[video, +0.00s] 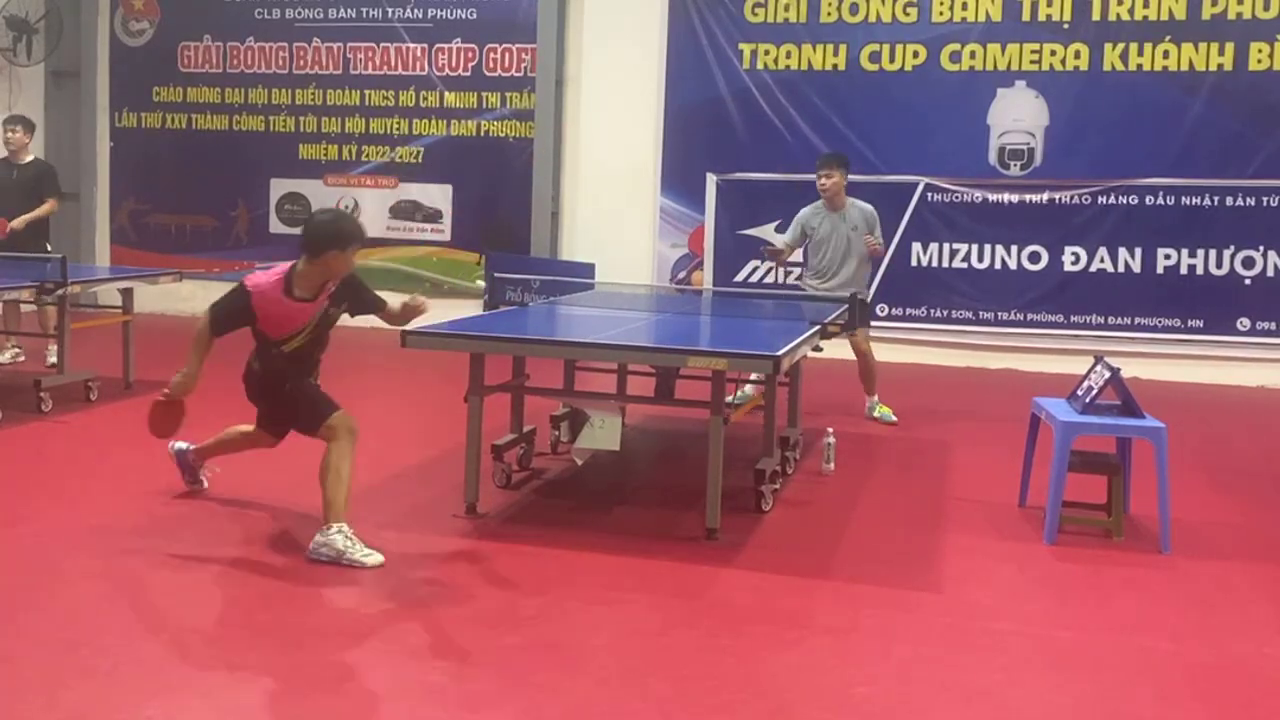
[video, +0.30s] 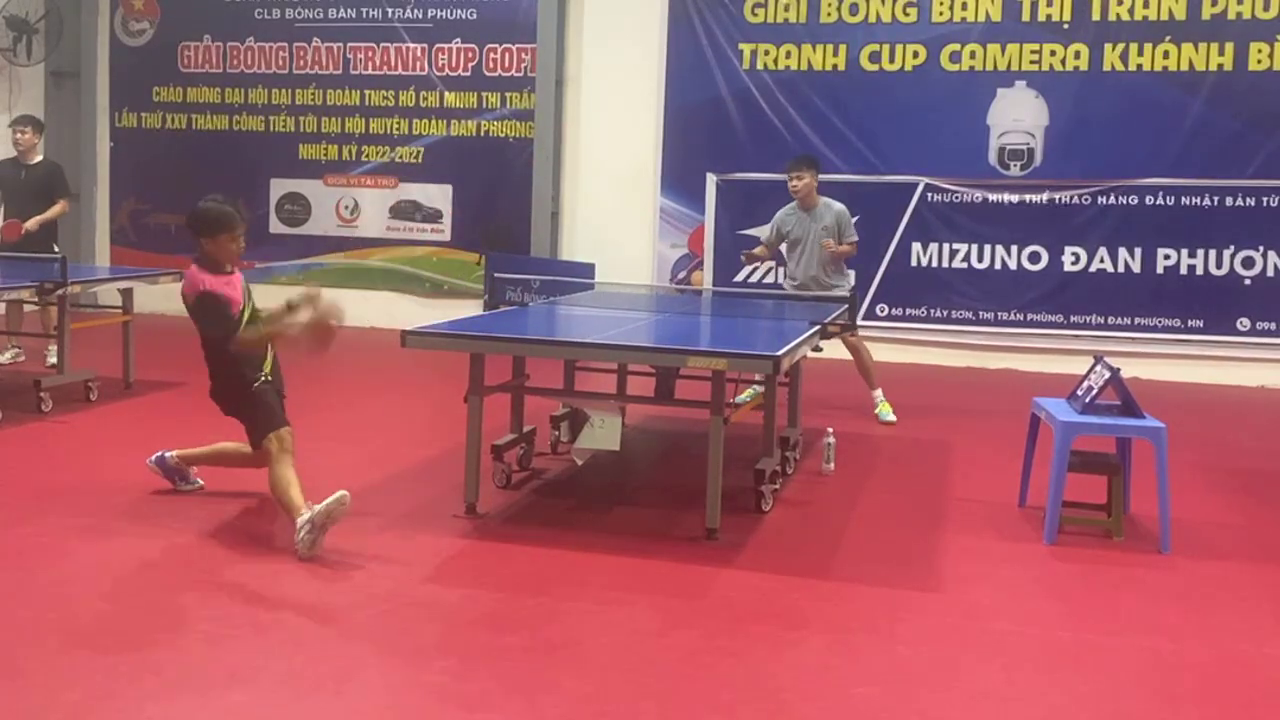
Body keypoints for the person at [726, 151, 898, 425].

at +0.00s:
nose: (822, 183)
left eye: (828, 177)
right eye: (819, 178)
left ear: (844, 179)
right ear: (816, 181)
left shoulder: (866, 213)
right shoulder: (807, 216)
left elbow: (878, 252)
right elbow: (786, 250)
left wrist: (875, 248)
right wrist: (776, 253)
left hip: (851, 297)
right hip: (811, 296)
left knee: (861, 347)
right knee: (779, 336)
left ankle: (872, 403)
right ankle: (754, 386)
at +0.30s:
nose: (793, 184)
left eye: (799, 179)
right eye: (790, 179)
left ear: (815, 180)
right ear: (788, 182)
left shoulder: (837, 211)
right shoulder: (784, 216)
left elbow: (852, 248)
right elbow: (768, 247)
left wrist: (838, 250)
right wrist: (756, 254)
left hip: (834, 294)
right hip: (795, 294)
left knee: (851, 339)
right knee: (772, 336)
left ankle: (879, 398)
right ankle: (762, 385)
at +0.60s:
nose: (789, 219)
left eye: (793, 213)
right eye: (786, 214)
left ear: (808, 210)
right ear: (785, 216)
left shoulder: (837, 230)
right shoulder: (789, 243)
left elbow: (860, 265)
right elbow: (774, 271)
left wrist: (844, 269)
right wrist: (762, 274)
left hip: (845, 301)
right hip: (808, 304)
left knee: (863, 348)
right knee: (780, 340)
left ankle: (885, 400)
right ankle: (762, 387)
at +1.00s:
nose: (787, 189)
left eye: (792, 183)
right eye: (783, 184)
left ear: (804, 183)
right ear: (779, 187)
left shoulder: (825, 206)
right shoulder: (775, 215)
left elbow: (845, 232)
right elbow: (760, 254)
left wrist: (852, 233)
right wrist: (753, 248)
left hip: (824, 290)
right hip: (786, 290)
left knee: (845, 337)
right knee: (770, 336)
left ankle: (859, 392)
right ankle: (763, 386)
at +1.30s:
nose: (786, 187)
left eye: (792, 181)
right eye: (782, 183)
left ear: (803, 182)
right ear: (777, 185)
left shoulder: (824, 210)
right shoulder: (771, 215)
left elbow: (837, 244)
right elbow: (757, 247)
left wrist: (830, 247)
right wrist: (748, 249)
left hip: (817, 286)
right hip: (779, 284)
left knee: (830, 334)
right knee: (744, 321)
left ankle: (838, 387)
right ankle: (727, 380)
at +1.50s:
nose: (768, 212)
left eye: (772, 207)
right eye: (764, 208)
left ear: (786, 206)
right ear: (761, 209)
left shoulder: (808, 227)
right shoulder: (759, 234)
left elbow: (824, 256)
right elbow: (742, 260)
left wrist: (827, 266)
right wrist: (732, 262)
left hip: (806, 295)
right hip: (770, 295)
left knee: (828, 334)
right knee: (736, 326)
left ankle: (838, 388)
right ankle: (722, 380)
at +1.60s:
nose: (744, 217)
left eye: (749, 211)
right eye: (742, 213)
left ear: (765, 211)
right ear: (742, 217)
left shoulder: (793, 229)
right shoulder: (745, 245)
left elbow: (822, 248)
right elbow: (718, 273)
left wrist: (841, 263)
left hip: (808, 299)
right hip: (773, 302)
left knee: (828, 335)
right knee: (739, 330)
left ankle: (839, 388)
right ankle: (726, 381)